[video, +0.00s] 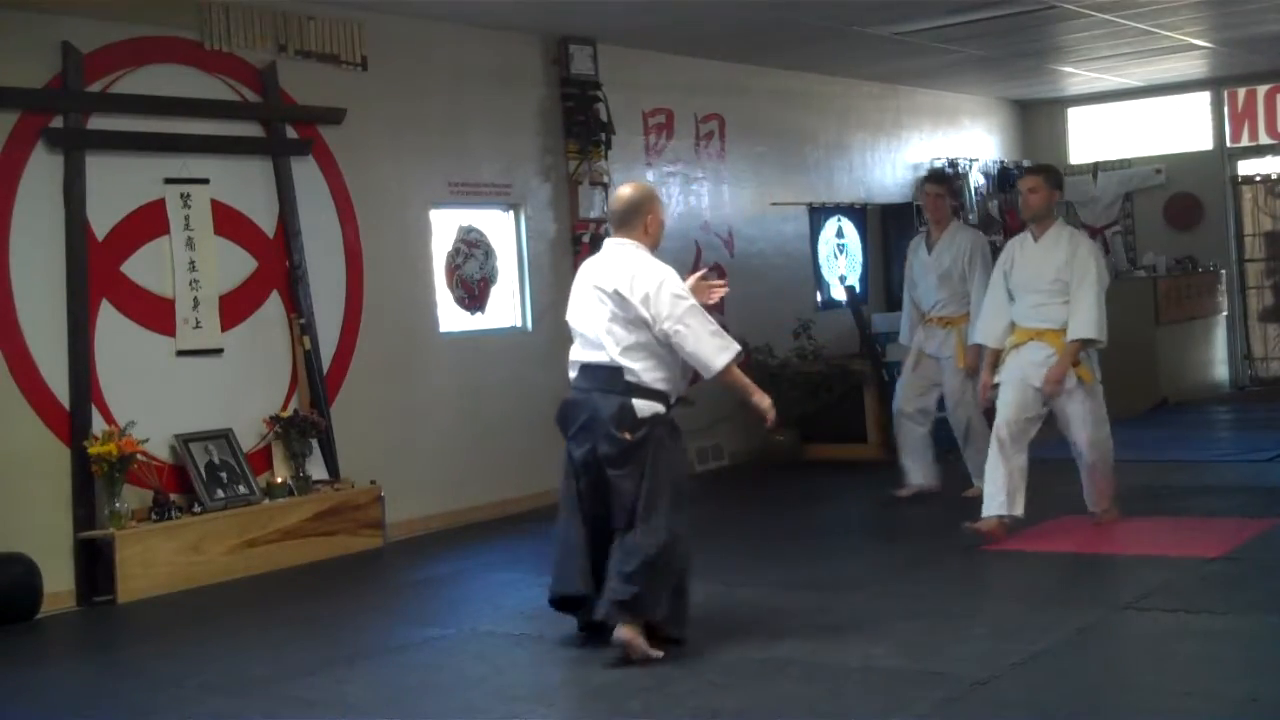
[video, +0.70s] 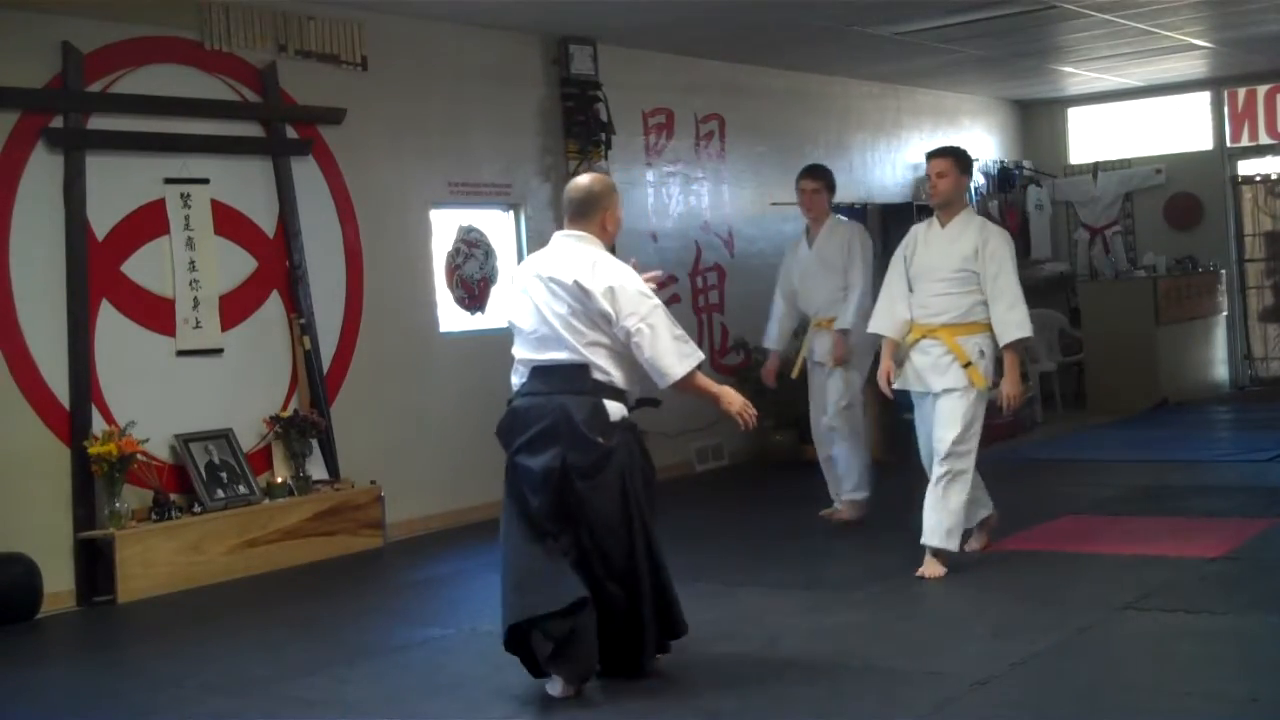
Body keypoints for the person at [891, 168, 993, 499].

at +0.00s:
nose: (932, 203)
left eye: (939, 197)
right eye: (927, 197)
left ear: (953, 202)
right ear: (921, 203)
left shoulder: (972, 241)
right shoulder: (916, 246)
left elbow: (981, 295)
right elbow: (911, 299)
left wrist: (976, 343)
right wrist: (911, 345)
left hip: (961, 332)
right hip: (927, 332)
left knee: (963, 409)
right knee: (908, 406)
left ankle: (983, 479)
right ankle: (921, 479)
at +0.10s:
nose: (916, 202)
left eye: (923, 196)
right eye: (911, 197)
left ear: (938, 200)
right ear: (906, 202)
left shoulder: (957, 238)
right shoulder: (902, 246)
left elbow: (970, 293)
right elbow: (898, 300)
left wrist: (968, 343)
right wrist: (897, 346)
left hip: (952, 333)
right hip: (915, 333)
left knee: (965, 411)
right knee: (899, 406)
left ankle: (984, 479)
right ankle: (881, 481)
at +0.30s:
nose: (875, 210)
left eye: (883, 203)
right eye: (871, 203)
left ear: (896, 208)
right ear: (865, 210)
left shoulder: (917, 247)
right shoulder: (866, 256)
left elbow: (939, 296)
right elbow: (867, 310)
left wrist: (928, 332)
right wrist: (868, 355)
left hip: (919, 345)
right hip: (880, 349)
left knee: (950, 416)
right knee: (863, 418)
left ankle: (987, 483)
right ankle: (851, 496)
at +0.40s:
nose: (851, 210)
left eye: (858, 203)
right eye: (846, 204)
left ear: (872, 206)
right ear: (842, 209)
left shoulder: (895, 246)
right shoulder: (847, 257)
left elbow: (913, 298)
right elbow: (849, 310)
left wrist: (911, 343)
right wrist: (850, 351)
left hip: (893, 345)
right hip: (857, 348)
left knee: (922, 416)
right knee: (850, 422)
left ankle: (969, 463)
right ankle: (851, 497)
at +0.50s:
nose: (831, 203)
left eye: (838, 197)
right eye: (827, 197)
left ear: (854, 200)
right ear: (822, 202)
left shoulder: (877, 237)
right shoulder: (828, 246)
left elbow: (889, 291)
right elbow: (827, 305)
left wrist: (886, 341)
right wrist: (825, 355)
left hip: (872, 341)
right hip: (839, 344)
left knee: (886, 418)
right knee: (839, 428)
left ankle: (932, 461)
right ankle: (847, 498)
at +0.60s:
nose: (819, 199)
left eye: (827, 191)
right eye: (814, 192)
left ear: (842, 195)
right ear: (808, 198)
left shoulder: (865, 233)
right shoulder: (812, 247)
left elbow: (873, 285)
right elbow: (806, 304)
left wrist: (863, 334)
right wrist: (800, 354)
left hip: (861, 331)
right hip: (828, 334)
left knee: (860, 414)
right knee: (830, 422)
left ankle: (892, 475)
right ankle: (846, 496)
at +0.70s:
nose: (807, 199)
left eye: (815, 192)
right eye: (802, 192)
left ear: (830, 195)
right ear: (796, 197)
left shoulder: (852, 235)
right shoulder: (798, 247)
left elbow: (861, 287)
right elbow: (785, 300)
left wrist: (845, 333)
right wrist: (775, 352)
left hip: (851, 334)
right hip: (817, 336)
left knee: (842, 411)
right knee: (820, 419)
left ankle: (855, 496)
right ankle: (840, 498)